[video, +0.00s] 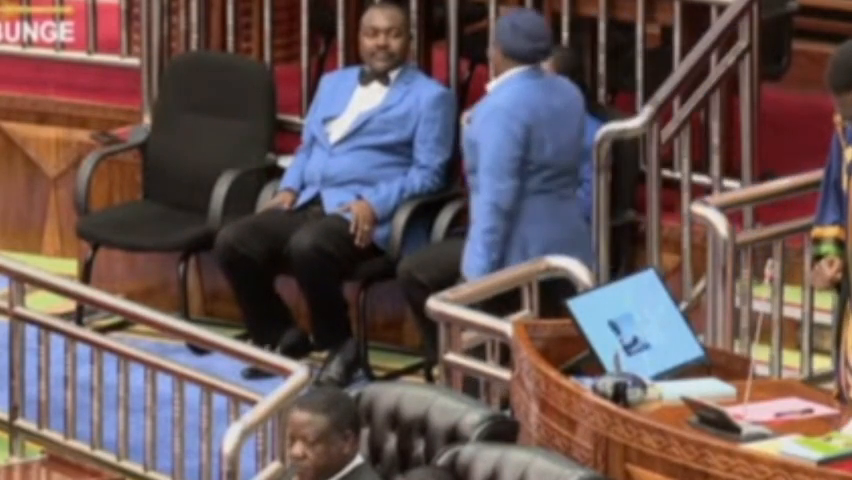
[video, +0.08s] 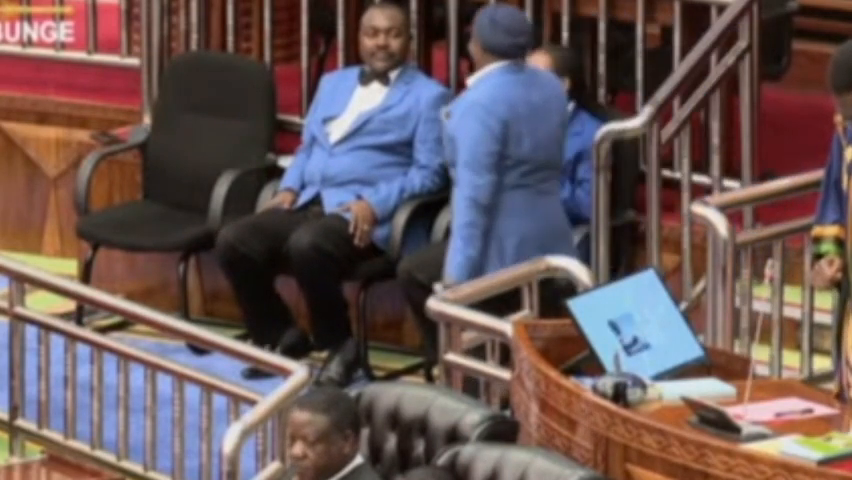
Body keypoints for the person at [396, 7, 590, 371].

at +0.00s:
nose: (489, 52)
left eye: (492, 46)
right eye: (492, 45)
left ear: (497, 52)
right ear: (542, 52)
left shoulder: (500, 108)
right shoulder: (569, 94)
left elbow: (496, 200)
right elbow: (577, 172)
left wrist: (475, 277)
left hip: (516, 253)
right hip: (571, 245)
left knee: (414, 272)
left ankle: (455, 369)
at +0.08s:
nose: (470, 45)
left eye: (472, 40)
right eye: (473, 39)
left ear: (476, 46)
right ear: (525, 45)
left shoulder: (480, 103)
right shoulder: (552, 87)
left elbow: (474, 196)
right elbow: (554, 168)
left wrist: (456, 279)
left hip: (499, 245)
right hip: (553, 239)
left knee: (413, 273)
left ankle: (454, 372)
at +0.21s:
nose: (438, 39)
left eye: (441, 33)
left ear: (444, 38)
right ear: (493, 36)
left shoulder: (444, 90)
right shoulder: (527, 80)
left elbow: (431, 178)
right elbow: (532, 159)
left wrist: (400, 253)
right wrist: (517, 195)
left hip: (456, 231)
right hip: (519, 228)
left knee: (450, 346)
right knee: (509, 340)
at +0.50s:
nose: (390, 37)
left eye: (398, 29)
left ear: (414, 32)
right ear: (460, 31)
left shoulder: (402, 82)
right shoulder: (494, 80)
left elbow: (376, 164)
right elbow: (499, 157)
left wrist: (347, 219)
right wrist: (493, 201)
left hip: (421, 221)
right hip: (478, 219)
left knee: (431, 331)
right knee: (466, 328)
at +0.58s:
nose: (377, 32)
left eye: (384, 24)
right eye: (372, 26)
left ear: (399, 20)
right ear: (443, 21)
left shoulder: (386, 67)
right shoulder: (474, 70)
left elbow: (361, 146)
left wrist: (339, 208)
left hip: (398, 205)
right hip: (457, 203)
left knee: (406, 310)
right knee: (438, 303)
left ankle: (431, 399)